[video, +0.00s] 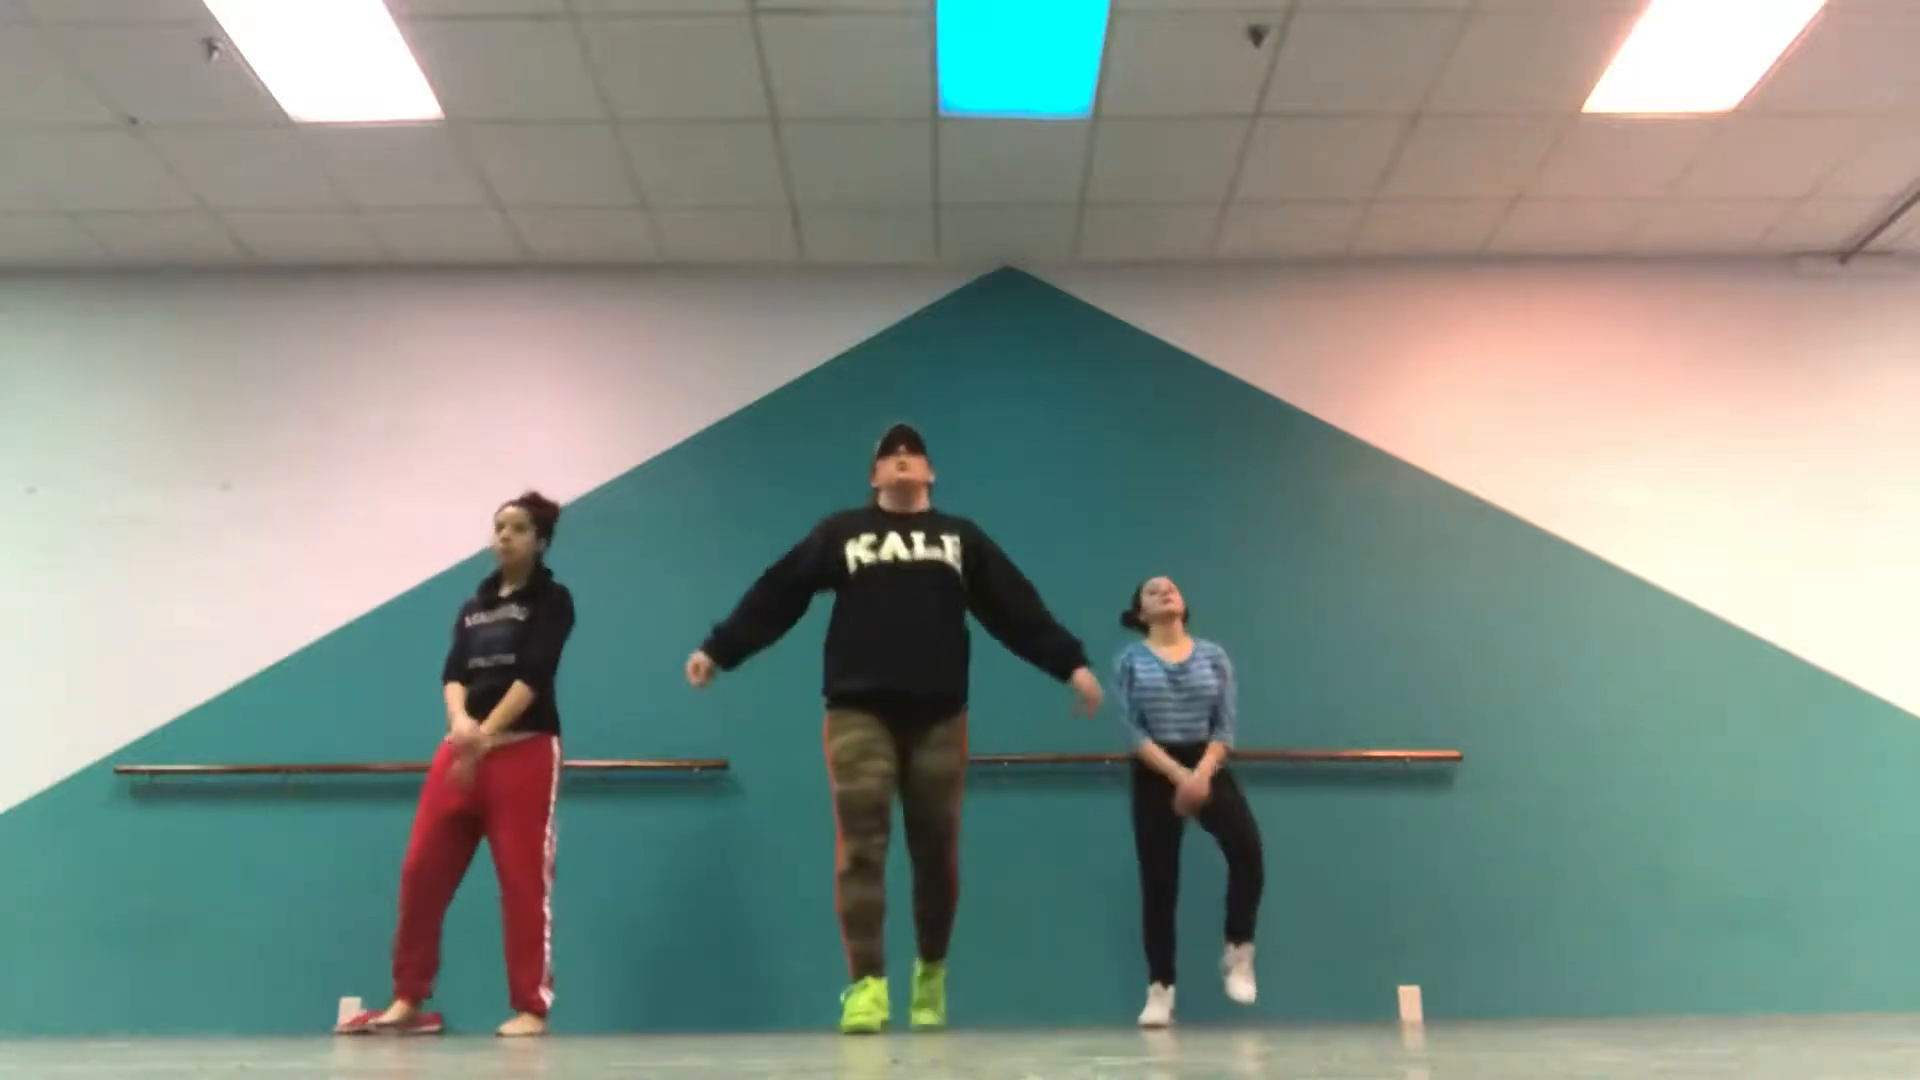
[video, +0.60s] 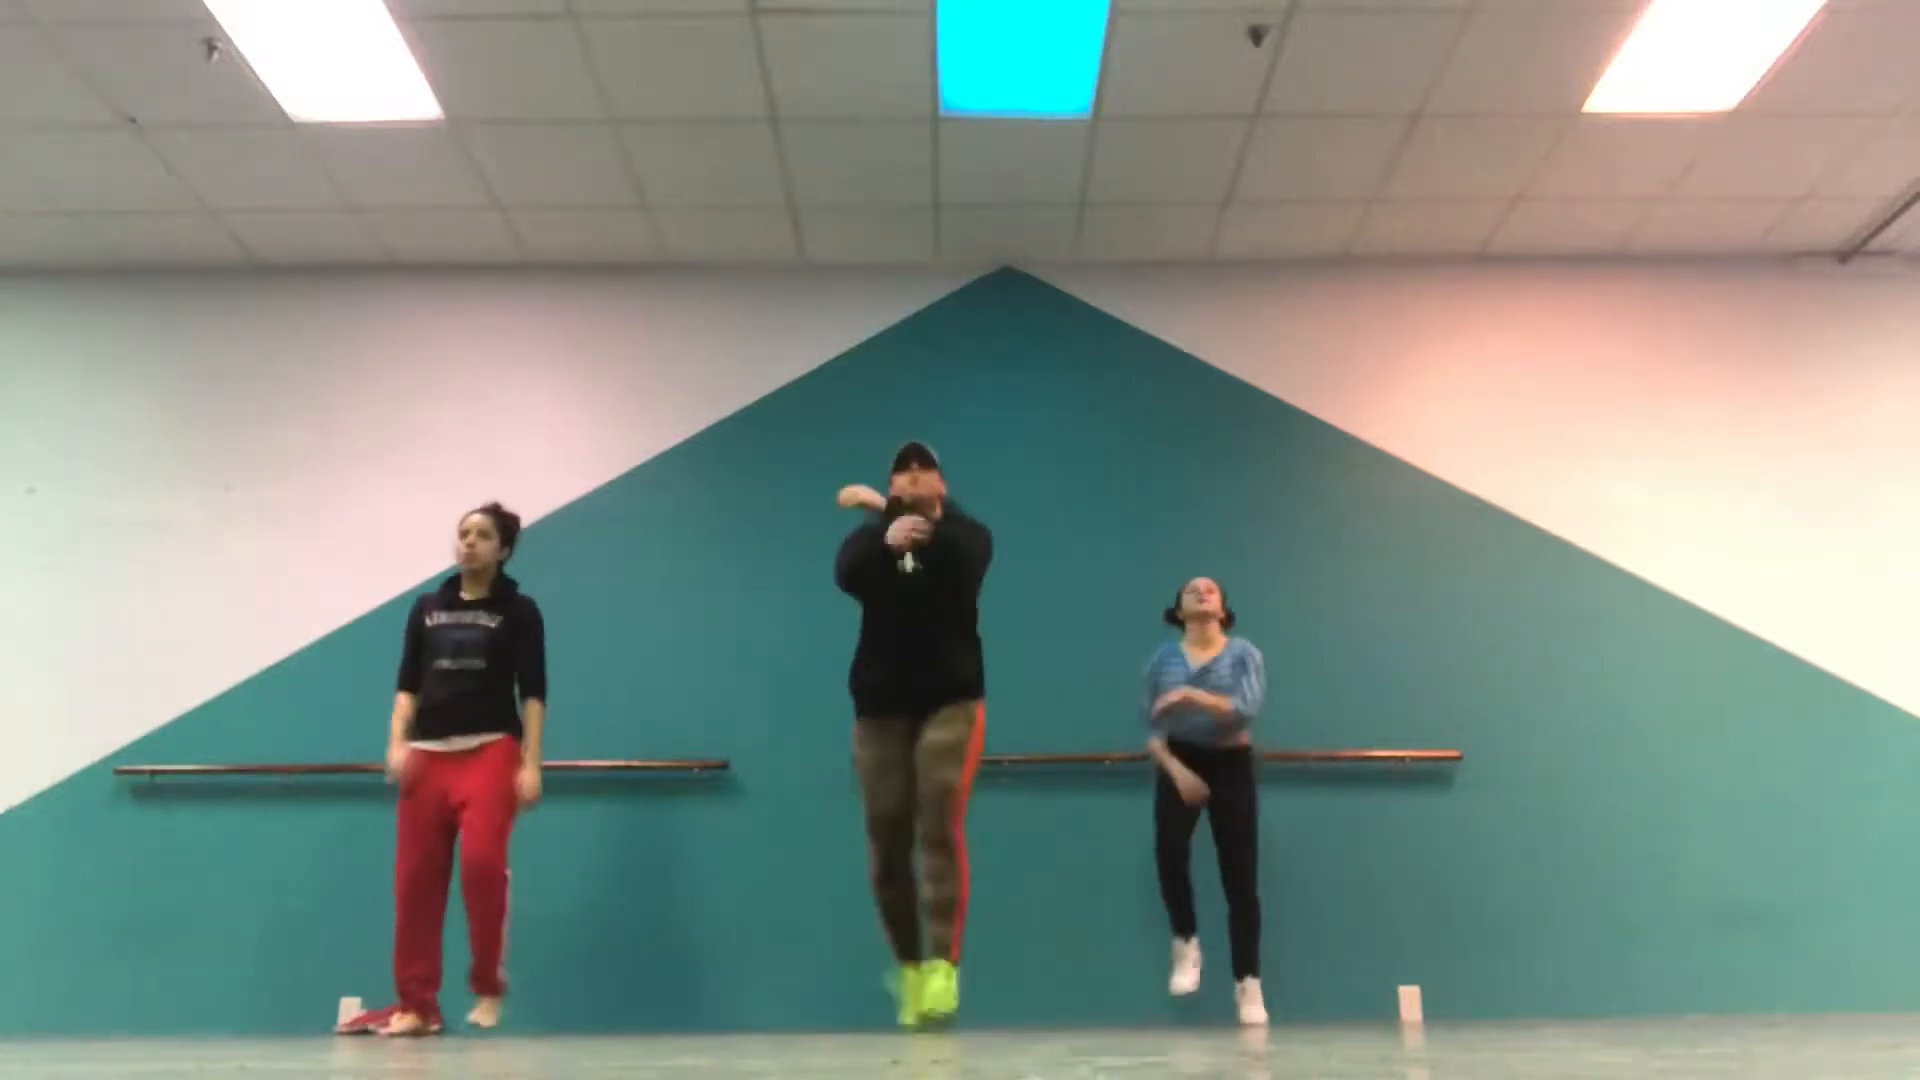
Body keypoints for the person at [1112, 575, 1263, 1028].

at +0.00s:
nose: (1167, 593)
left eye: (1172, 589)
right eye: (1155, 592)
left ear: (1184, 605)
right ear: (1140, 613)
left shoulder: (1214, 656)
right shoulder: (1131, 660)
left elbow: (1225, 727)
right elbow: (1130, 729)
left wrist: (1201, 775)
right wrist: (1180, 775)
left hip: (1205, 761)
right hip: (1154, 763)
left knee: (1246, 852)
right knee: (1159, 879)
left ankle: (1240, 949)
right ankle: (1161, 985)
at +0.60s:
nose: (1202, 593)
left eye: (1211, 590)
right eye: (1192, 591)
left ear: (1223, 610)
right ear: (1179, 611)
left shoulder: (1243, 653)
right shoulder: (1165, 658)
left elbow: (1247, 706)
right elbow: (1150, 729)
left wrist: (1190, 695)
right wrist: (1177, 772)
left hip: (1229, 757)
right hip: (1178, 756)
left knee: (1240, 874)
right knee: (1170, 856)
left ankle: (1248, 982)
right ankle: (1185, 945)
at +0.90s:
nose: (1206, 624)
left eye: (1214, 618)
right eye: (1197, 616)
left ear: (1224, 633)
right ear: (1179, 630)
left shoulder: (1237, 684)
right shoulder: (1159, 685)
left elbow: (1234, 732)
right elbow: (1148, 755)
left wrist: (1229, 738)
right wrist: (1160, 817)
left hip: (1226, 787)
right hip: (1181, 790)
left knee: (1240, 889)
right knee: (1198, 896)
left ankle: (1232, 987)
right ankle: (1212, 988)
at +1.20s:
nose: (1211, 626)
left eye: (1220, 620)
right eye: (1203, 616)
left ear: (1230, 630)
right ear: (1186, 621)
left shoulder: (1236, 685)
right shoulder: (1154, 658)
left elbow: (1238, 753)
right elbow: (1091, 669)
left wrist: (1250, 809)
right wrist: (1112, 662)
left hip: (1195, 777)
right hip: (1147, 764)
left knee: (1225, 879)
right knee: (1124, 788)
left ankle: (1230, 984)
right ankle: (1107, 879)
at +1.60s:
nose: (1201, 652)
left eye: (1205, 643)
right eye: (1189, 644)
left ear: (1211, 650)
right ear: (1167, 653)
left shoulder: (1205, 696)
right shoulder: (1156, 707)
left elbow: (1200, 763)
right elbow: (1164, 782)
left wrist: (1230, 788)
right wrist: (1169, 857)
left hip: (1174, 803)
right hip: (1133, 800)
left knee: (1231, 890)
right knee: (1084, 898)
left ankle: (1204, 992)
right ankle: (996, 983)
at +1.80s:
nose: (1161, 628)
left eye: (1167, 619)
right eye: (1150, 620)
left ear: (1181, 624)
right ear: (1136, 629)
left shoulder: (1204, 660)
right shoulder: (1124, 684)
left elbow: (1279, 660)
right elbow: (1125, 753)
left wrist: (1241, 667)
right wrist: (1149, 809)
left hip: (1204, 775)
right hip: (1153, 780)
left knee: (1251, 851)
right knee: (1138, 885)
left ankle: (1243, 928)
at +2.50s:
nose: (1160, 616)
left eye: (1168, 606)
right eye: (1151, 610)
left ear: (1185, 608)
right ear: (1140, 619)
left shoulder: (1199, 639)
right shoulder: (1144, 659)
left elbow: (1180, 615)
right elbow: (1124, 667)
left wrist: (1116, 655)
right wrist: (1094, 655)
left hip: (1231, 757)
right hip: (1189, 774)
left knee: (1226, 815)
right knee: (1209, 889)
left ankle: (1289, 851)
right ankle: (1257, 986)